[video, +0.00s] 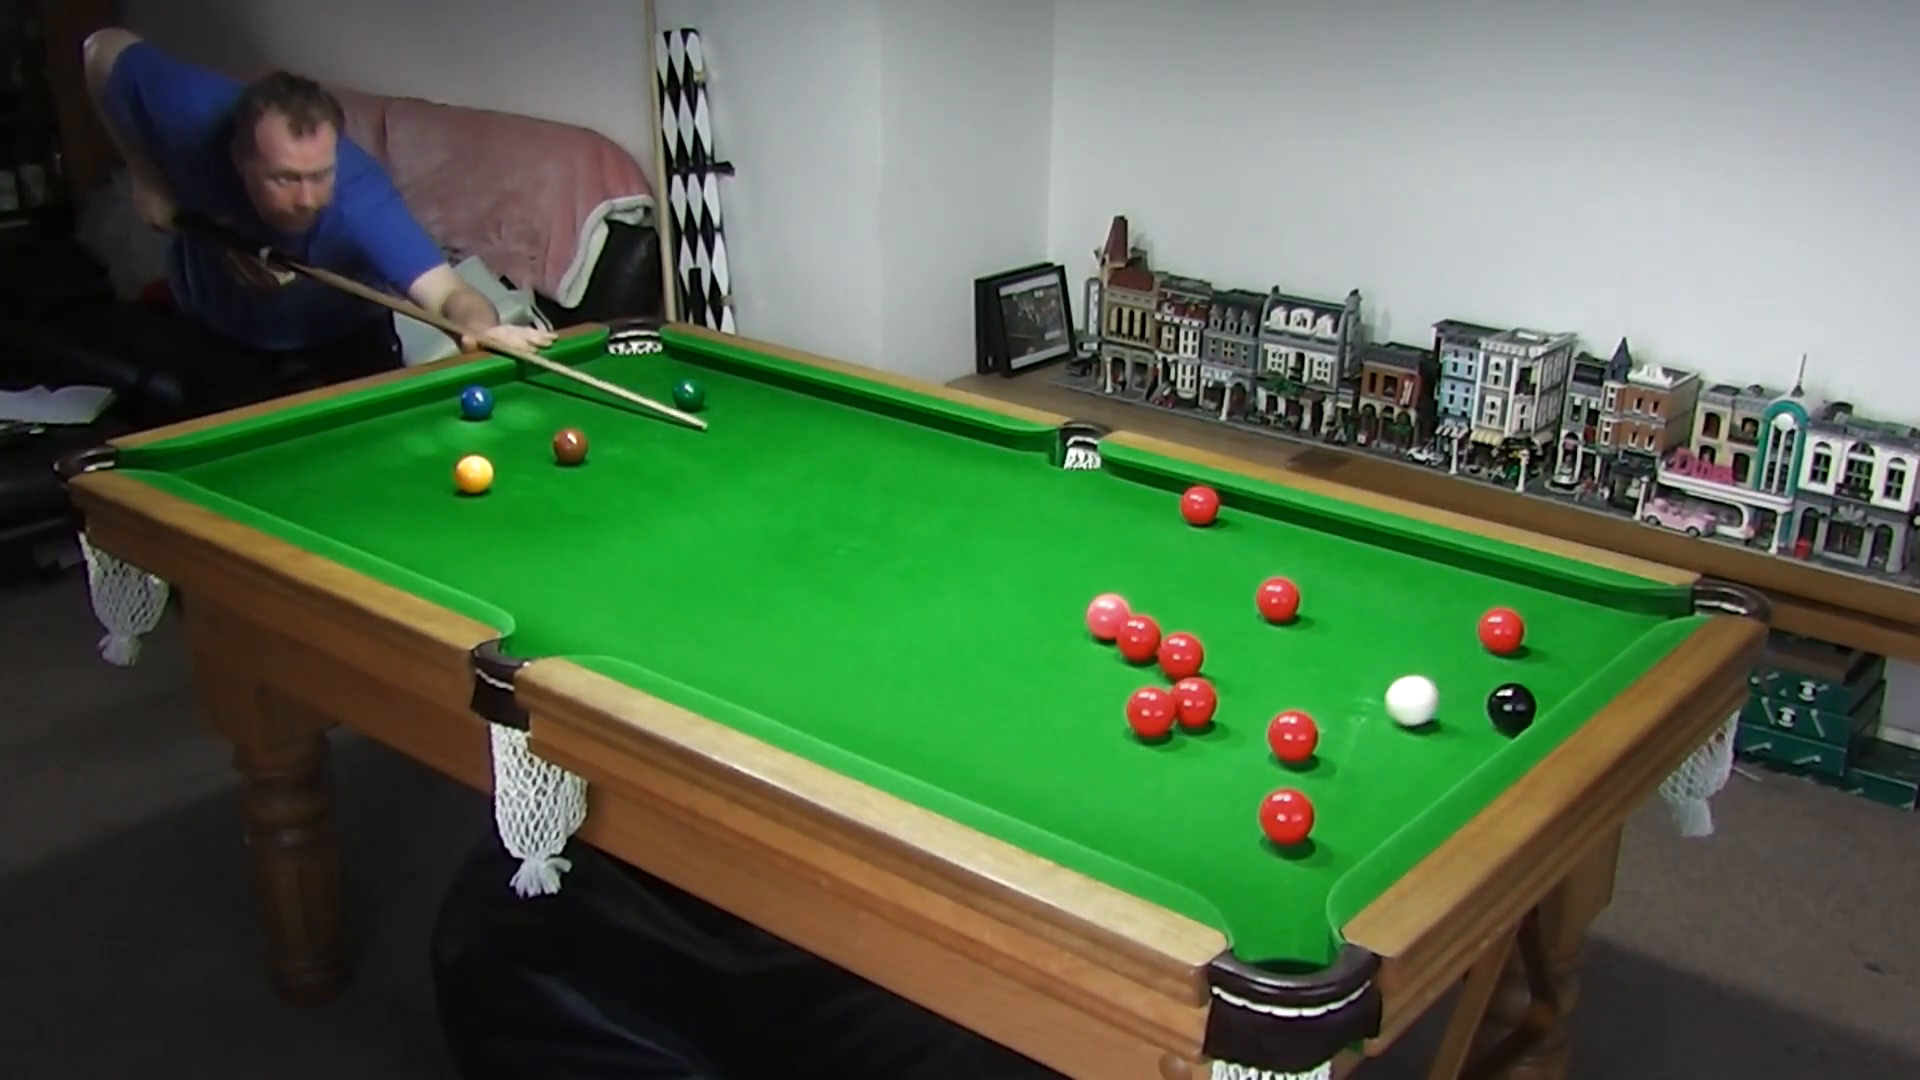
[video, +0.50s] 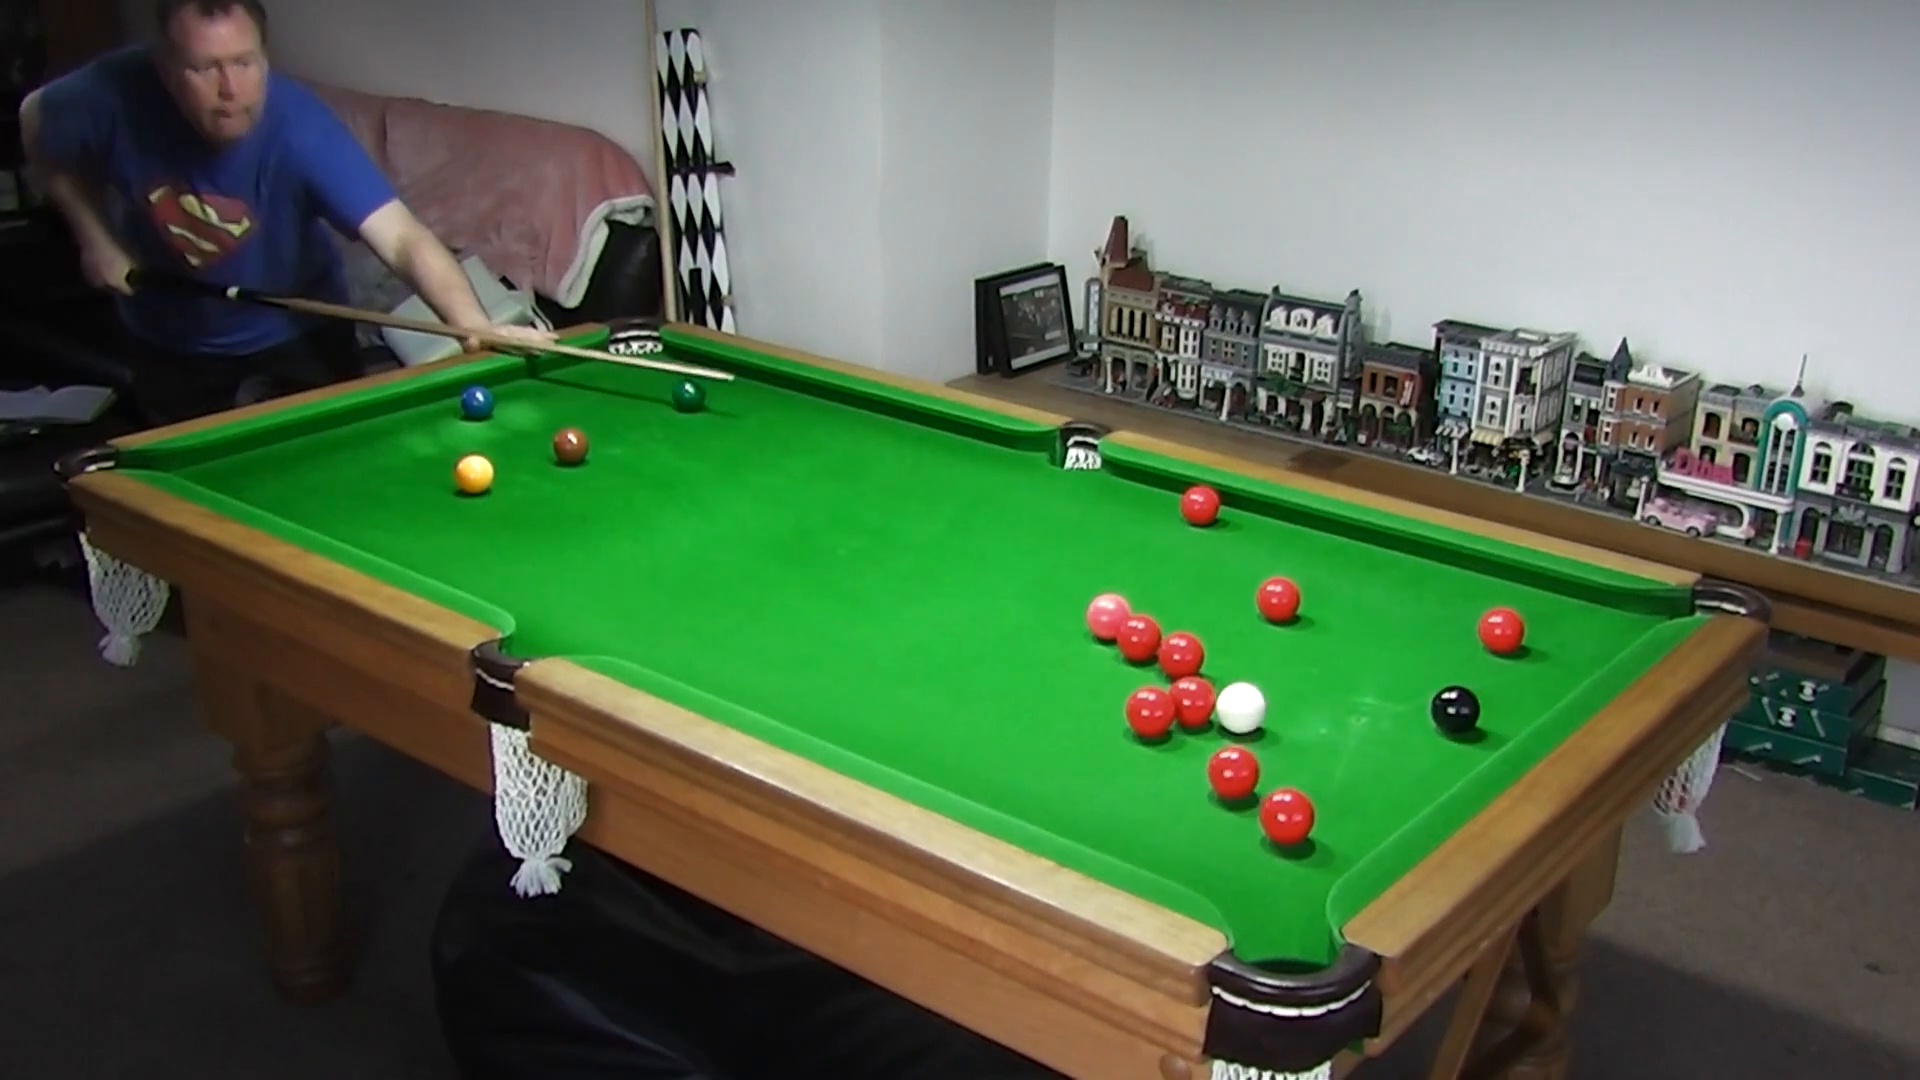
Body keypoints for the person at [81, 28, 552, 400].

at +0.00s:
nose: (306, 199)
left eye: (320, 177)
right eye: (285, 180)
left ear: (337, 158)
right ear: (242, 160)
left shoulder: (361, 194)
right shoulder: (197, 121)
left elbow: (445, 292)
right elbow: (101, 50)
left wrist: (484, 326)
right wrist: (145, 177)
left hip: (342, 328)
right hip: (219, 323)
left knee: (373, 471)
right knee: (232, 471)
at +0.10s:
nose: (294, 177)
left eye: (307, 155)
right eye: (271, 159)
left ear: (324, 134)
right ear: (226, 140)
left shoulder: (351, 176)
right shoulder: (183, 111)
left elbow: (438, 282)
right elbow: (82, 66)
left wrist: (480, 325)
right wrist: (138, 191)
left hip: (339, 337)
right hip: (216, 333)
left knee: (374, 486)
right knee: (227, 494)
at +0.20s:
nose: (278, 161)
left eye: (292, 137)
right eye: (256, 142)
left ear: (311, 117)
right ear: (213, 127)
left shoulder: (342, 167)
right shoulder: (169, 105)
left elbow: (433, 274)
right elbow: (70, 82)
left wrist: (477, 326)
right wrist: (131, 202)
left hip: (330, 339)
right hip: (203, 333)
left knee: (361, 489)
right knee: (217, 493)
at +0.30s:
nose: (252, 134)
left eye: (267, 110)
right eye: (228, 115)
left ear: (287, 96)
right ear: (189, 103)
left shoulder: (321, 147)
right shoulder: (145, 103)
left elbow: (420, 259)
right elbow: (56, 102)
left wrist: (472, 324)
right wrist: (114, 218)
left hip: (317, 343)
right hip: (189, 338)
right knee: (201, 502)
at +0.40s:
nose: (241, 115)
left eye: (256, 91)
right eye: (219, 95)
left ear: (276, 78)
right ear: (178, 86)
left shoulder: (309, 135)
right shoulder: (134, 98)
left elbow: (415, 251)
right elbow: (47, 115)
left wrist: (474, 324)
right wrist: (105, 226)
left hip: (302, 344)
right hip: (175, 337)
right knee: (178, 502)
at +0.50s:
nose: (229, 87)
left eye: (243, 62)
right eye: (205, 68)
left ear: (264, 56)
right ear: (166, 68)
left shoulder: (300, 125)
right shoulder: (116, 91)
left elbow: (403, 240)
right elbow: (35, 124)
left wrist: (474, 324)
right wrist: (93, 234)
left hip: (296, 327)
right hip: (166, 330)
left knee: (349, 465)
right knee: (194, 490)